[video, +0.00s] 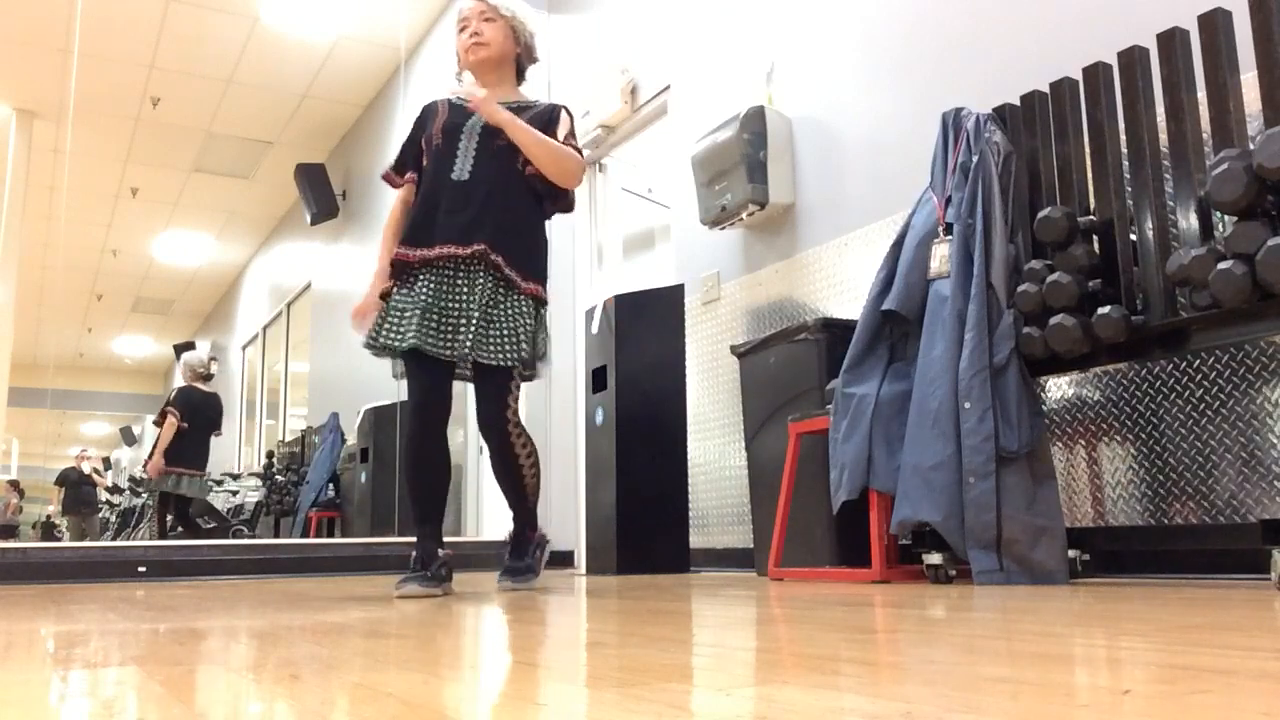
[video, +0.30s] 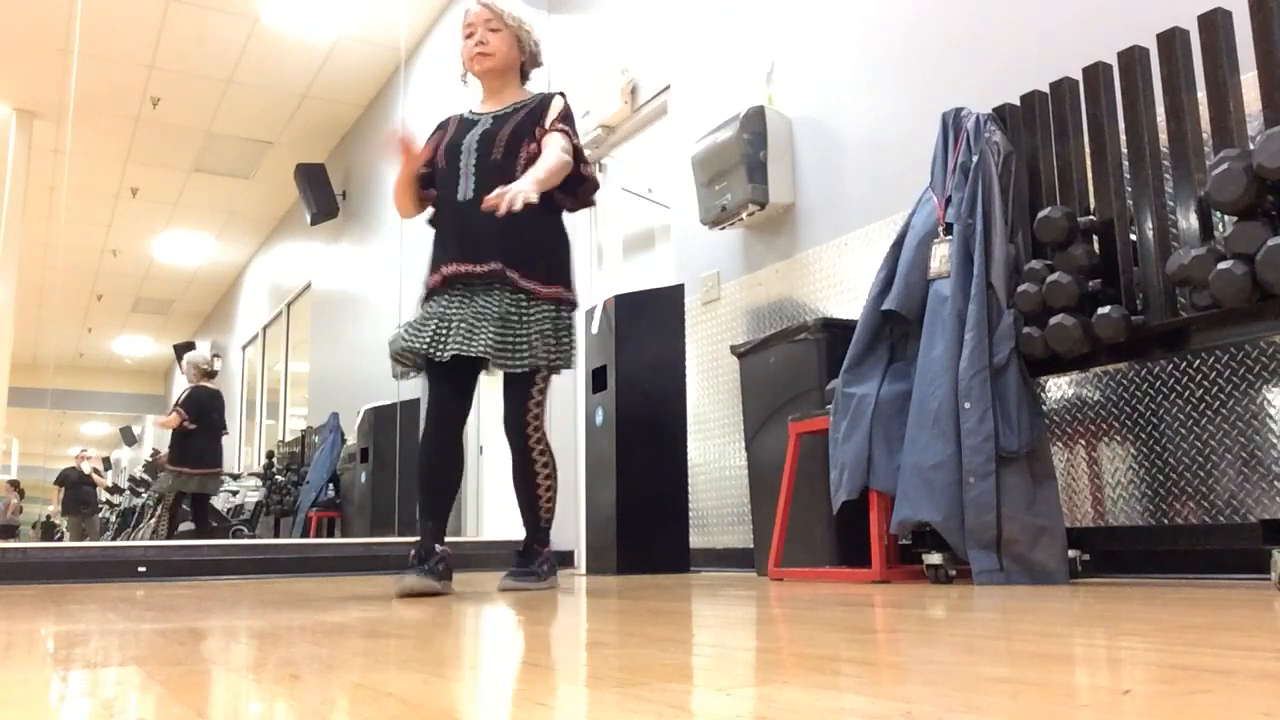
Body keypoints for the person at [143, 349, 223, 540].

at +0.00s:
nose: (181, 372)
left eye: (182, 369)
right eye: (181, 369)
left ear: (188, 371)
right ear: (204, 371)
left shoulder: (182, 393)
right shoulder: (214, 398)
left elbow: (171, 423)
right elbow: (216, 432)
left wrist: (158, 454)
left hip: (171, 467)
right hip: (195, 470)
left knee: (160, 512)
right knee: (182, 514)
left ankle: (160, 554)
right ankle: (204, 545)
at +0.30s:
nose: (184, 373)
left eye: (186, 369)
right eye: (184, 369)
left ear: (194, 371)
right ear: (206, 370)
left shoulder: (192, 394)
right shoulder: (217, 395)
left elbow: (173, 422)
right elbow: (218, 431)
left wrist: (158, 421)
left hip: (184, 467)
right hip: (210, 467)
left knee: (169, 508)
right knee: (201, 513)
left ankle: (162, 550)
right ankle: (204, 554)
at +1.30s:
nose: (182, 369)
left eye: (184, 365)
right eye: (182, 365)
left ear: (193, 367)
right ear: (205, 368)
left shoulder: (193, 390)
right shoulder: (211, 392)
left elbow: (185, 419)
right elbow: (214, 430)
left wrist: (164, 435)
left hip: (185, 463)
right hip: (202, 463)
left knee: (177, 509)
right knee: (177, 507)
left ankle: (192, 552)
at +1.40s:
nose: (178, 364)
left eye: (181, 361)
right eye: (180, 360)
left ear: (189, 365)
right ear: (200, 367)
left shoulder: (189, 388)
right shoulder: (207, 392)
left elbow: (185, 419)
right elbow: (218, 430)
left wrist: (161, 439)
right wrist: (224, 462)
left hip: (180, 463)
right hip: (197, 464)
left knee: (180, 512)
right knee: (166, 511)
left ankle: (193, 556)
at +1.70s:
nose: (174, 367)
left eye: (176, 364)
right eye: (175, 363)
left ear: (183, 368)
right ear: (197, 370)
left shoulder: (181, 392)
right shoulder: (201, 395)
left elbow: (173, 424)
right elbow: (207, 433)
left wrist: (150, 439)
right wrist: (200, 461)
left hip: (167, 467)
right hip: (188, 469)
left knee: (162, 516)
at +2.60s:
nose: (193, 369)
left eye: (195, 364)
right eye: (194, 364)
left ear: (202, 368)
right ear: (217, 368)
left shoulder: (201, 392)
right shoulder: (225, 391)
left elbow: (189, 427)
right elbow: (235, 427)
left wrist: (170, 440)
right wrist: (234, 456)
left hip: (199, 466)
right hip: (222, 465)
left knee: (189, 510)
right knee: (216, 511)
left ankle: (197, 554)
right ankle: (228, 553)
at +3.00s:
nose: (201, 370)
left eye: (203, 366)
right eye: (202, 366)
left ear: (210, 369)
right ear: (225, 370)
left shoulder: (212, 392)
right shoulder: (232, 393)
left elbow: (203, 421)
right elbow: (241, 426)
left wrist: (187, 429)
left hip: (208, 467)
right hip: (229, 466)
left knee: (187, 505)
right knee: (220, 510)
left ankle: (196, 548)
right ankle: (227, 551)